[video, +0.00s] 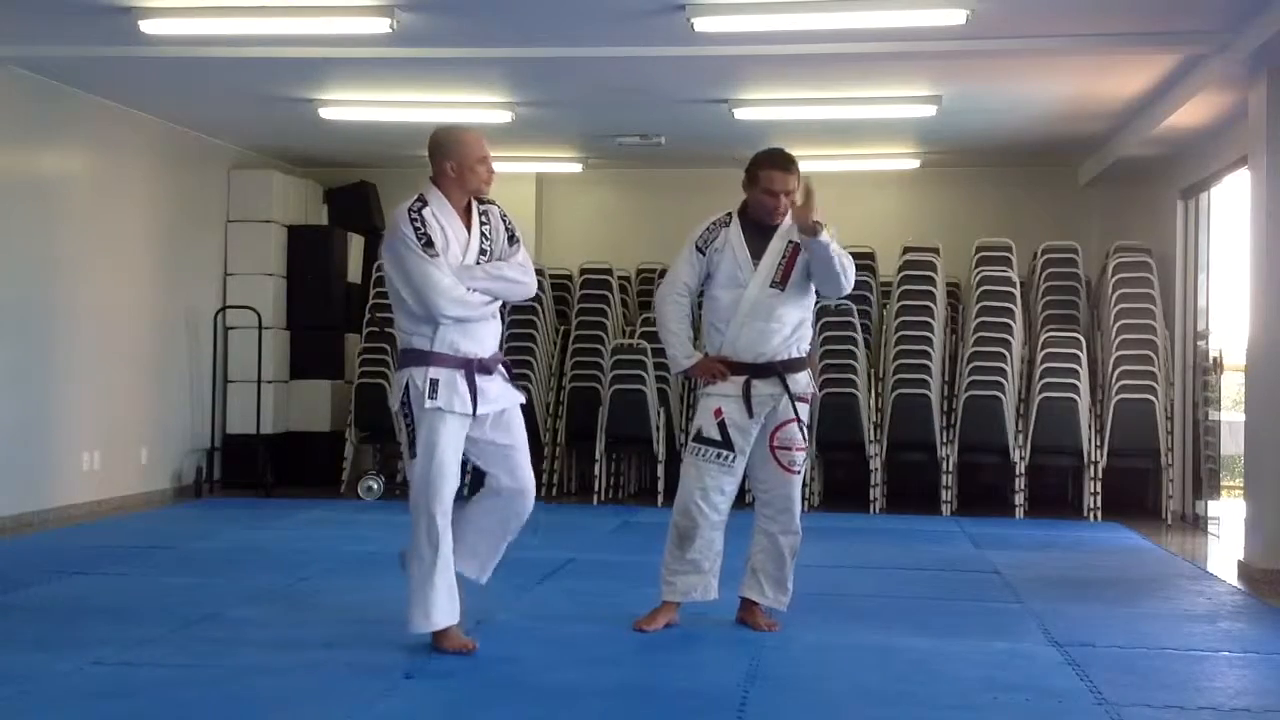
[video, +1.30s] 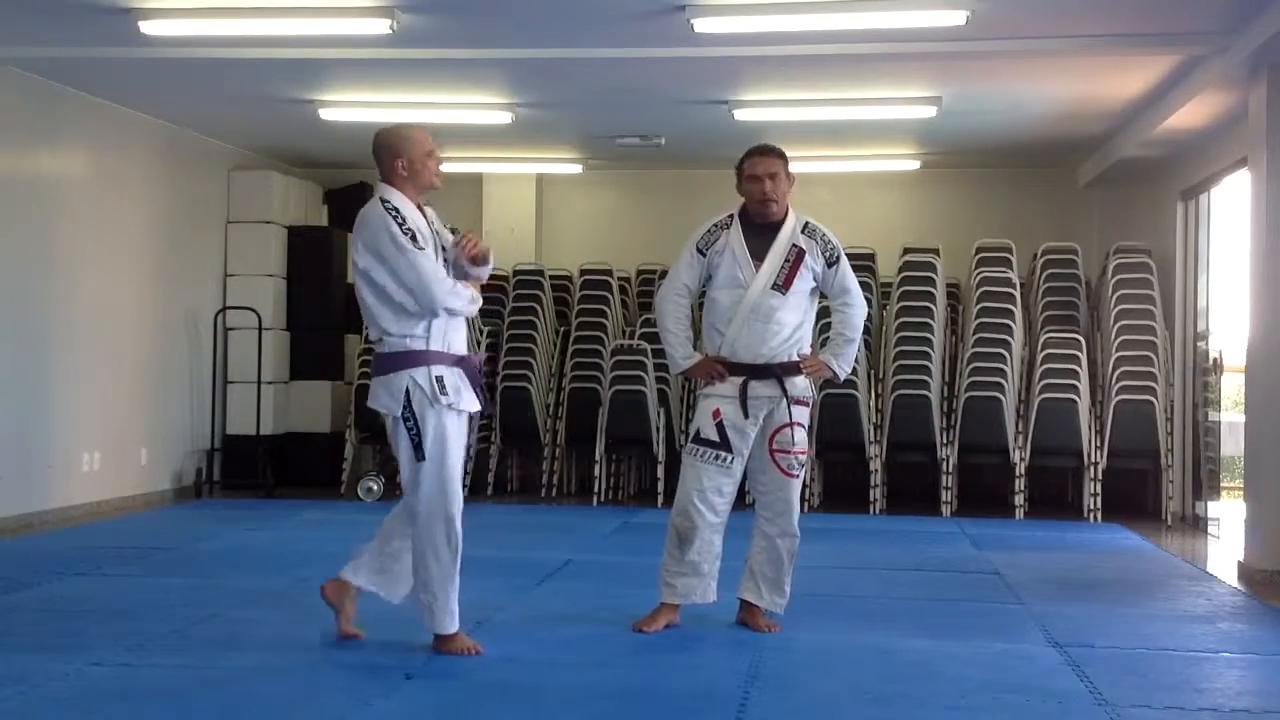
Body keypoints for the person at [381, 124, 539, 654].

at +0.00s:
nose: (492, 170)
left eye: (491, 161)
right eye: (482, 163)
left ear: (465, 168)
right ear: (450, 169)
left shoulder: (494, 218)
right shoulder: (409, 222)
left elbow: (528, 283)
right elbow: (443, 300)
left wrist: (458, 275)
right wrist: (496, 298)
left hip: (489, 375)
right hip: (433, 376)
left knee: (516, 487)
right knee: (436, 498)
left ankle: (433, 558)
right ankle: (439, 621)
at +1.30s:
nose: (440, 165)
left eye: (437, 156)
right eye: (431, 158)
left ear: (405, 166)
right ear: (400, 167)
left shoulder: (418, 216)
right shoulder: (383, 218)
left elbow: (463, 275)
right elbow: (434, 293)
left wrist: (471, 258)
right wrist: (471, 295)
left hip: (444, 375)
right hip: (416, 378)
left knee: (432, 498)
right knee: (438, 503)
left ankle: (350, 583)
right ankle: (445, 629)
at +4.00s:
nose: (534, 189)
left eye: (535, 180)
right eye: (529, 179)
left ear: (504, 175)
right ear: (500, 174)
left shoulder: (509, 231)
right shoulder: (445, 217)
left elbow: (542, 300)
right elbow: (481, 297)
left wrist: (494, 273)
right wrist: (523, 298)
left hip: (496, 387)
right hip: (448, 385)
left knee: (491, 504)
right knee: (448, 506)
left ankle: (464, 615)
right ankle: (438, 632)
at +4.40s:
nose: (541, 189)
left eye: (541, 180)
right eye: (537, 179)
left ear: (509, 174)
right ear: (510, 174)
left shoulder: (510, 232)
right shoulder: (456, 214)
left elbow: (537, 307)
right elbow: (472, 296)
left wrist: (571, 354)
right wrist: (532, 325)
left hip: (501, 386)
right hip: (458, 385)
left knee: (497, 506)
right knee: (455, 507)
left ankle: (465, 617)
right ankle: (439, 632)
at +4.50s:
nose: (542, 189)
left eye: (543, 179)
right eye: (538, 179)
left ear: (510, 174)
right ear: (511, 175)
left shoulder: (511, 232)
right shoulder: (456, 214)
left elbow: (536, 310)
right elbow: (465, 298)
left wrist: (575, 367)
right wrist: (531, 347)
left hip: (503, 385)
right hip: (459, 384)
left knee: (498, 505)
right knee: (457, 507)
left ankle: (465, 617)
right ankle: (439, 632)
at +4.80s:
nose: (546, 194)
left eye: (547, 184)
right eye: (542, 183)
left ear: (515, 177)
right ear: (514, 176)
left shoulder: (513, 237)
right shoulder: (464, 214)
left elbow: (520, 314)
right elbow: (445, 298)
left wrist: (574, 330)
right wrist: (460, 379)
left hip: (506, 389)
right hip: (465, 385)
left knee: (496, 508)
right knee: (456, 509)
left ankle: (466, 617)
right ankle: (439, 631)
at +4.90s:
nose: (547, 197)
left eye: (549, 187)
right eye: (543, 186)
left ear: (517, 180)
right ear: (513, 178)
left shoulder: (510, 235)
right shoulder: (464, 212)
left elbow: (521, 309)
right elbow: (437, 294)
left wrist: (571, 300)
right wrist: (455, 373)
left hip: (507, 390)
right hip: (466, 386)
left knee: (496, 508)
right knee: (457, 509)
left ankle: (465, 617)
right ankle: (439, 631)